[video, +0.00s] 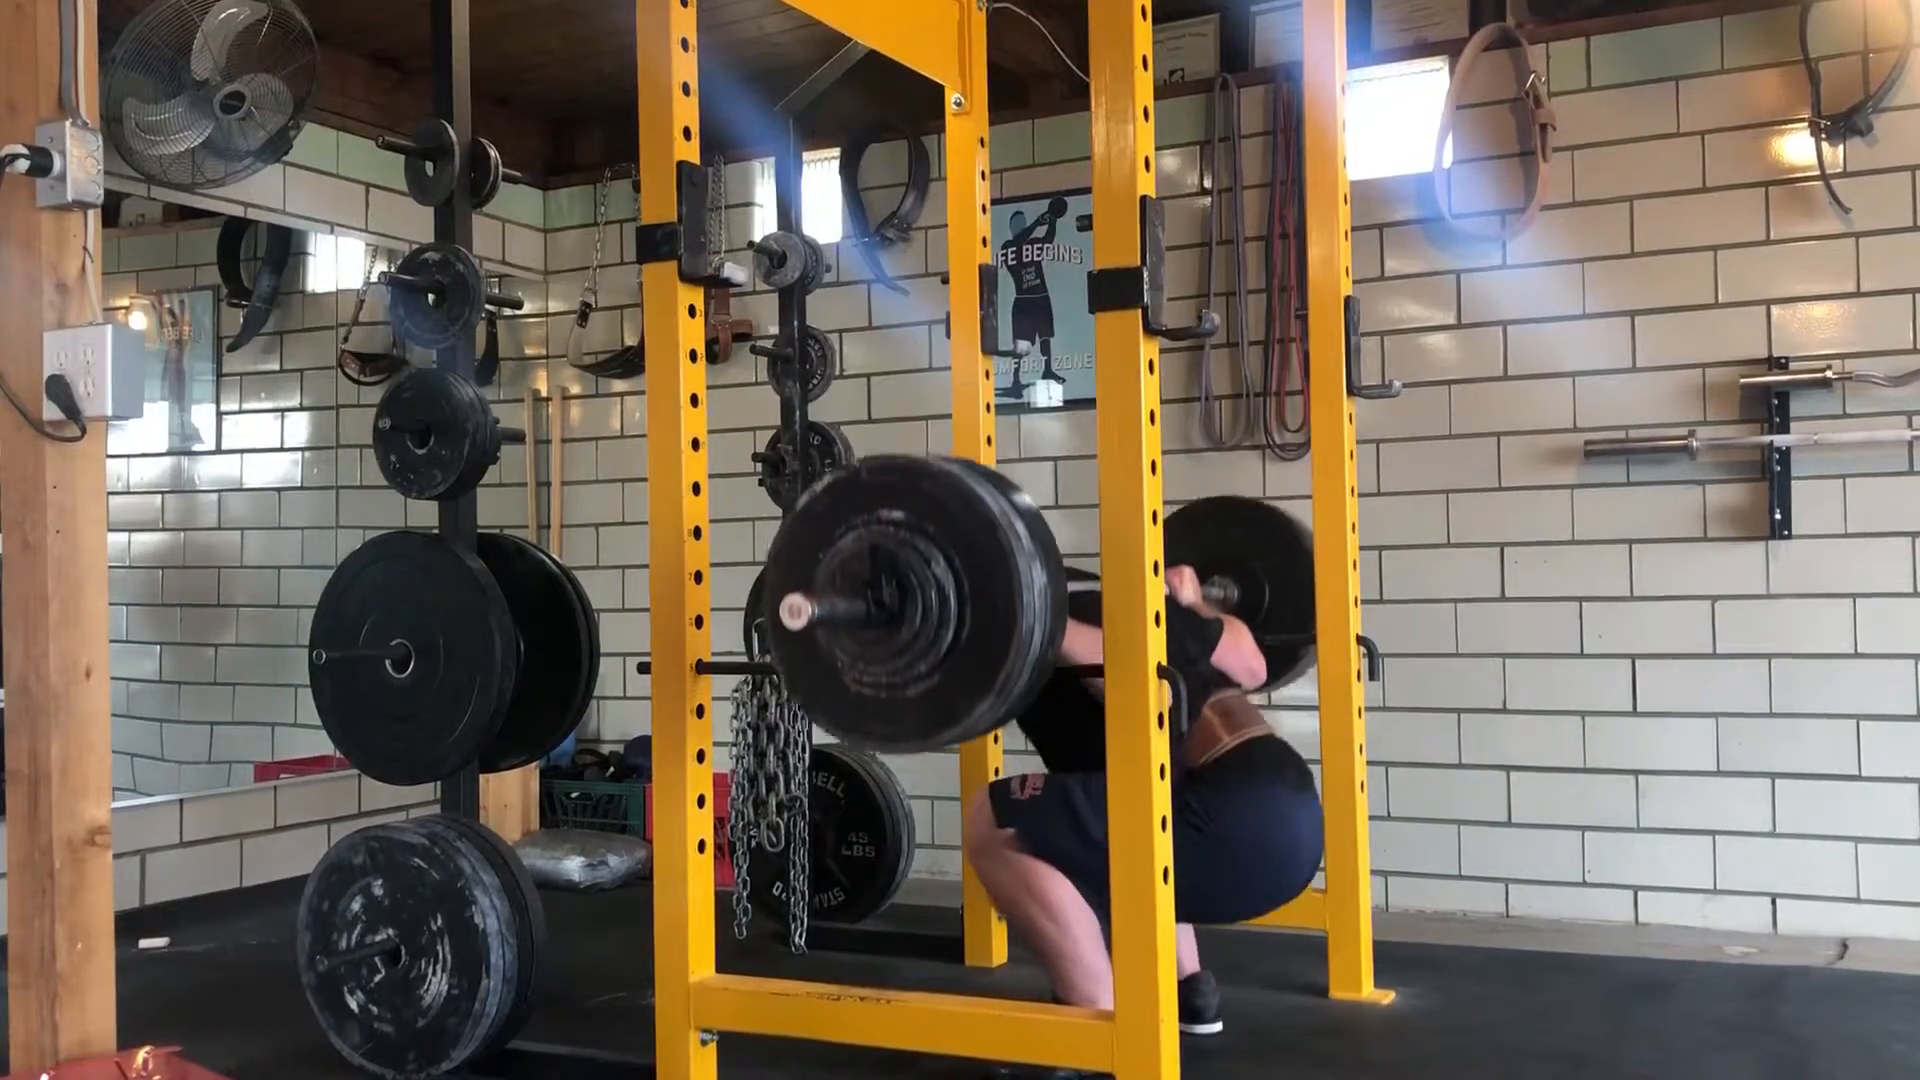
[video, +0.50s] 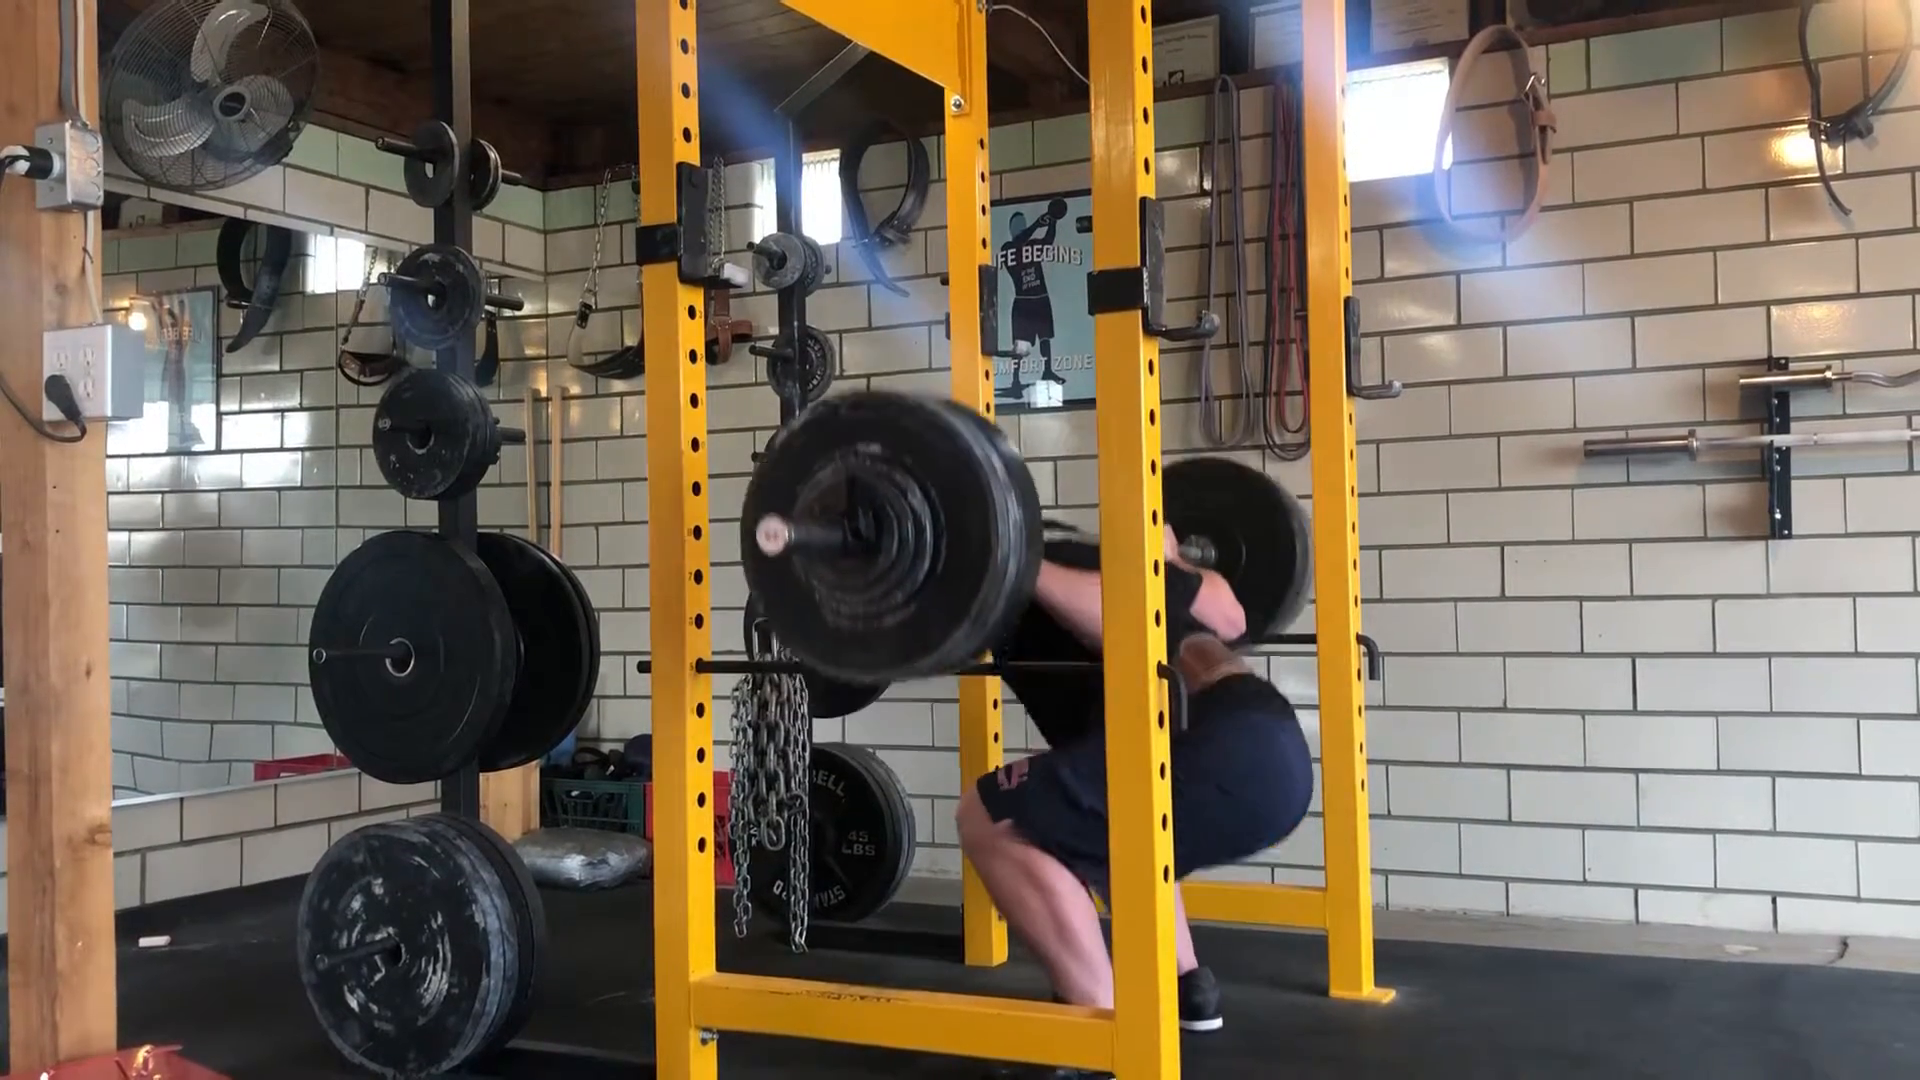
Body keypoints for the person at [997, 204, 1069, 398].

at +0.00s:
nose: (1023, 227)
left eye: (1023, 224)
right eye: (1020, 225)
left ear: (1018, 226)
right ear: (1016, 227)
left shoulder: (1034, 244)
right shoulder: (1007, 249)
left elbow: (1048, 238)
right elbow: (1021, 236)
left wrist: (1052, 219)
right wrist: (1038, 222)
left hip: (1041, 298)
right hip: (1024, 299)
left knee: (1046, 337)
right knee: (1021, 343)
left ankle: (1048, 370)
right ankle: (1016, 379)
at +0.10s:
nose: (1022, 228)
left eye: (1022, 225)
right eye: (1019, 225)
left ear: (1016, 228)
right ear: (1016, 228)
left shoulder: (1034, 245)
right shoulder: (1007, 249)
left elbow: (1048, 239)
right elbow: (1021, 237)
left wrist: (1052, 221)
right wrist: (1038, 222)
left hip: (1041, 298)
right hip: (1023, 299)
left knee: (1046, 337)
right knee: (1020, 343)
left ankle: (1048, 370)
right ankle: (1016, 379)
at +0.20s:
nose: (1023, 227)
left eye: (1023, 225)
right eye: (1020, 225)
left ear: (1017, 227)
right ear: (1016, 227)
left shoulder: (1034, 244)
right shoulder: (1007, 249)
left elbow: (1048, 239)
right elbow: (1021, 237)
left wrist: (1052, 220)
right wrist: (1038, 222)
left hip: (1041, 298)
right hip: (1024, 299)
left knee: (1046, 338)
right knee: (1021, 343)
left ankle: (1048, 369)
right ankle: (1016, 379)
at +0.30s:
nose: (1022, 228)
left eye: (1023, 225)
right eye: (1019, 225)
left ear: (1017, 228)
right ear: (1016, 228)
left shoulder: (1034, 245)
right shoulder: (1007, 249)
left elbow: (1048, 239)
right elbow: (1022, 236)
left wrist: (1052, 220)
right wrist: (1038, 222)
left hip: (1040, 298)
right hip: (1024, 300)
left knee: (1046, 338)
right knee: (1020, 344)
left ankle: (1048, 370)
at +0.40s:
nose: (1022, 227)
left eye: (1023, 224)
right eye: (1019, 224)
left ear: (1024, 226)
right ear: (1013, 227)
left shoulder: (1034, 244)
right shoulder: (1007, 248)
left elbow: (1048, 238)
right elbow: (1022, 235)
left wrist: (1052, 220)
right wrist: (1039, 221)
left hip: (1041, 297)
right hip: (1023, 298)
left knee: (1045, 337)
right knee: (1020, 343)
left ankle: (1048, 370)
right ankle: (1016, 379)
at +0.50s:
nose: (1022, 229)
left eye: (1023, 226)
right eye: (1019, 226)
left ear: (1024, 228)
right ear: (1013, 229)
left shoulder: (1034, 246)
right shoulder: (1007, 250)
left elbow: (1048, 240)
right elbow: (1022, 237)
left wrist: (1052, 221)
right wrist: (1038, 222)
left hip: (1041, 298)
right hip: (1023, 299)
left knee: (1045, 338)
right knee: (1020, 344)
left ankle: (1048, 370)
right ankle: (1016, 380)